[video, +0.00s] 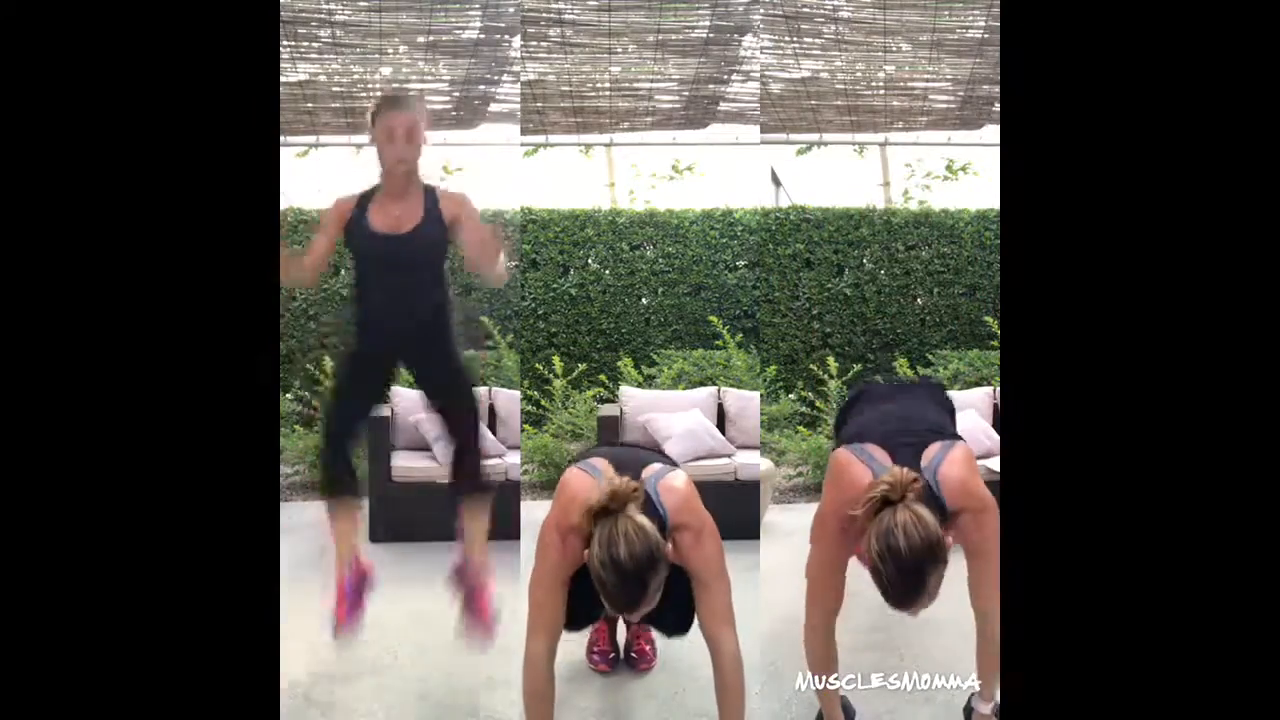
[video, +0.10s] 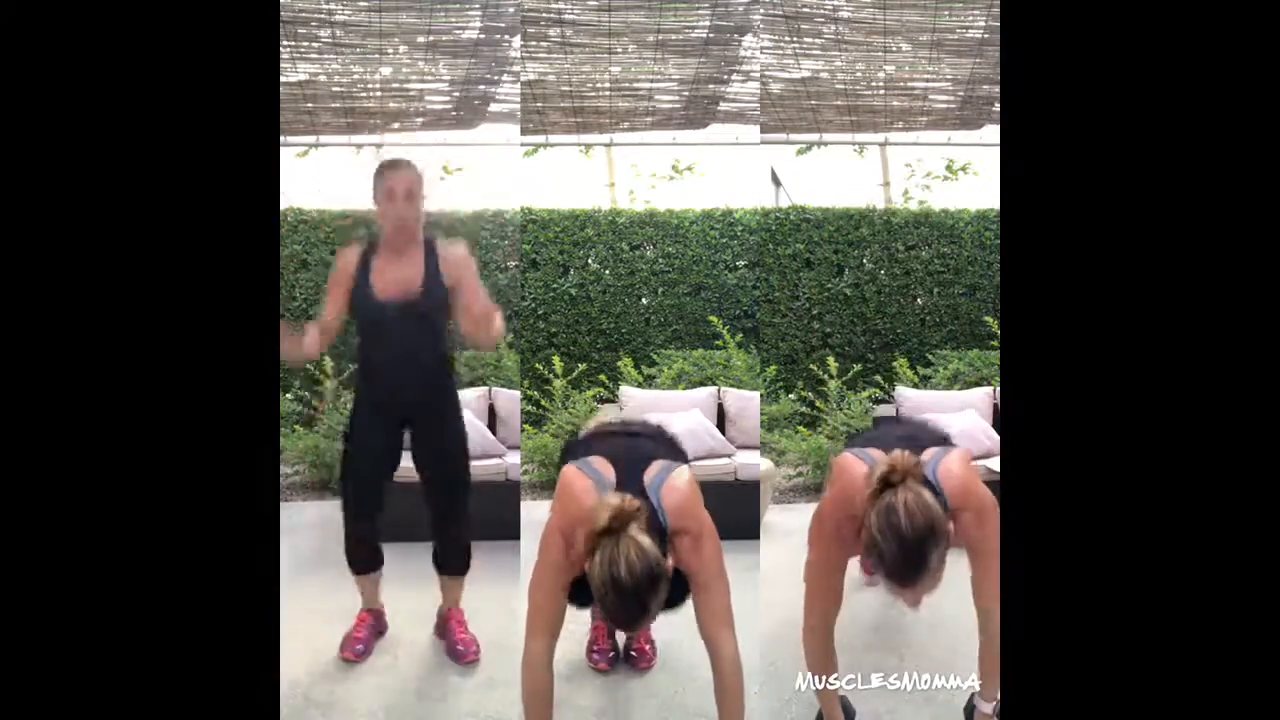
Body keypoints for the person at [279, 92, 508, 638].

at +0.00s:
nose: (402, 144)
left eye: (411, 133)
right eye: (391, 135)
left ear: (424, 139)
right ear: (374, 140)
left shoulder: (449, 206)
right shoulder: (349, 210)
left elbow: (490, 273)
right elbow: (305, 270)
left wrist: (492, 248)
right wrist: (282, 260)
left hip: (433, 346)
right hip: (372, 347)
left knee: (470, 442)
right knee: (335, 445)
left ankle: (475, 566)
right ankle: (351, 567)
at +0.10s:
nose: (403, 206)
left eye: (411, 196)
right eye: (392, 197)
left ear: (425, 201)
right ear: (376, 202)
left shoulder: (450, 257)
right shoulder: (355, 258)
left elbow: (483, 335)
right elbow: (325, 329)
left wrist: (488, 322)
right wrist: (300, 343)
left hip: (436, 403)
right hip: (374, 404)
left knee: (451, 510)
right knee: (357, 509)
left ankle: (452, 615)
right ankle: (371, 613)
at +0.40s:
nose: (398, 213)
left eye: (407, 203)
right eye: (387, 204)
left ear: (424, 186)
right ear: (371, 189)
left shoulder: (452, 237)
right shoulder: (348, 239)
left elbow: (483, 319)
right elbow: (327, 324)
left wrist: (473, 367)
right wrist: (323, 392)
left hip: (437, 384)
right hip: (375, 384)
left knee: (441, 499)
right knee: (376, 499)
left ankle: (453, 609)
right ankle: (368, 607)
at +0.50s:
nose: (399, 266)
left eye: (409, 254)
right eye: (387, 255)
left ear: (427, 238)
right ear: (371, 241)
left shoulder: (457, 272)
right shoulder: (347, 277)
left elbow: (492, 348)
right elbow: (318, 365)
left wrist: (488, 402)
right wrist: (314, 445)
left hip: (437, 388)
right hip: (375, 389)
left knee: (442, 498)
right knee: (375, 498)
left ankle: (450, 611)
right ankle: (370, 609)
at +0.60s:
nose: (404, 334)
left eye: (413, 323)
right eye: (392, 325)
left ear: (428, 310)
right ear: (376, 316)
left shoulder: (456, 329)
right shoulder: (352, 335)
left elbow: (494, 412)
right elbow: (314, 433)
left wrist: (497, 492)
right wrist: (308, 531)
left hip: (439, 398)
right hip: (377, 399)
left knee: (448, 501)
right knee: (367, 503)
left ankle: (451, 610)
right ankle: (370, 607)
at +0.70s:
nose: (407, 426)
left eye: (416, 418)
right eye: (397, 419)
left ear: (430, 394)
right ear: (379, 393)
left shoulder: (455, 387)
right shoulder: (358, 389)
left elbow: (489, 495)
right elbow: (322, 505)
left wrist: (499, 588)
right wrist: (309, 617)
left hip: (439, 434)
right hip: (376, 436)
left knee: (461, 518)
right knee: (358, 523)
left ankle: (450, 613)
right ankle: (369, 611)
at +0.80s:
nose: (410, 511)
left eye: (418, 502)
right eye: (400, 504)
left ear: (434, 467)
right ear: (381, 469)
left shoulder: (453, 436)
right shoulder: (361, 435)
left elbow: (484, 561)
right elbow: (329, 568)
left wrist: (491, 661)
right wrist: (315, 683)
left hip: (439, 404)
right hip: (372, 408)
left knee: (458, 518)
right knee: (356, 522)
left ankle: (450, 612)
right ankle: (369, 612)